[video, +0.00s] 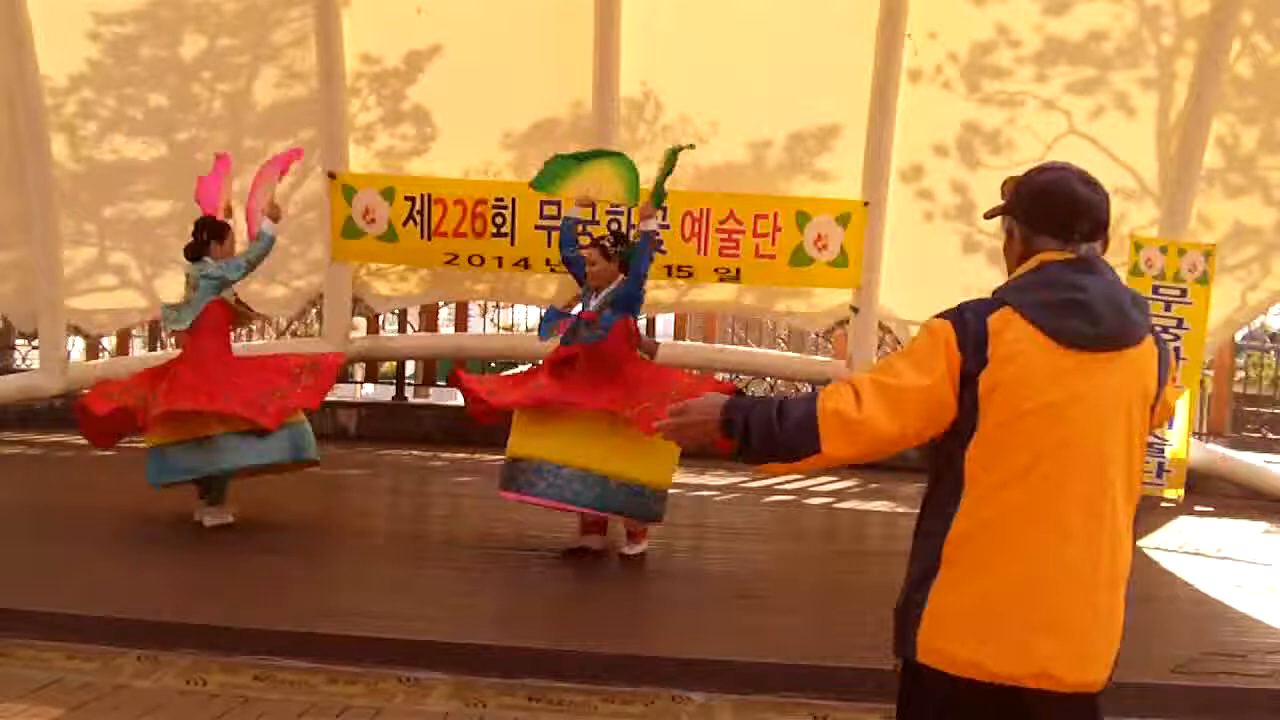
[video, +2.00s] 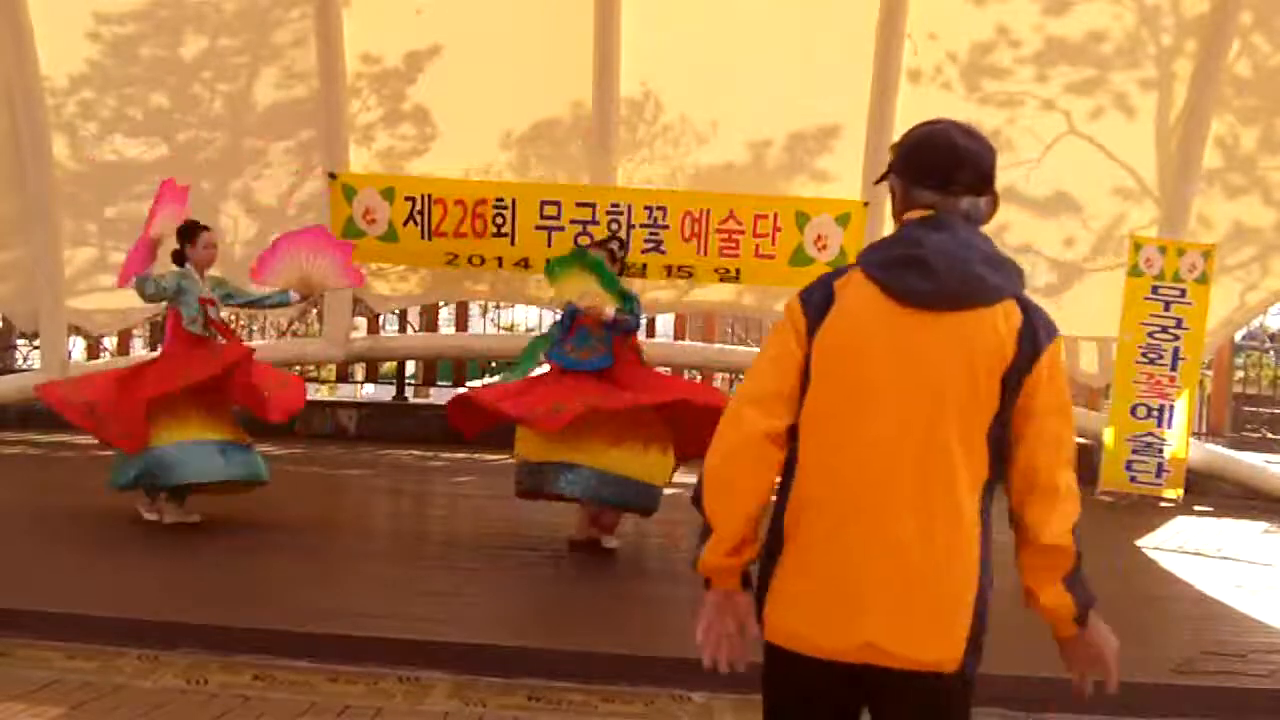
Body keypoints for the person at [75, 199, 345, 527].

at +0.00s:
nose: (233, 249)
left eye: (231, 242)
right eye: (229, 243)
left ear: (206, 245)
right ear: (216, 245)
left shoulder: (198, 274)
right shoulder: (213, 275)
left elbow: (227, 259)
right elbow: (249, 261)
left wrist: (223, 219)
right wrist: (272, 226)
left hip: (195, 361)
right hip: (211, 363)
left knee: (204, 429)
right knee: (217, 430)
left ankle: (207, 501)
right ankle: (215, 505)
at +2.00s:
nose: (214, 253)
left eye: (215, 247)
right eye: (208, 247)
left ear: (211, 250)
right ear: (188, 250)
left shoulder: (215, 286)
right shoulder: (179, 280)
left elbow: (255, 298)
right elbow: (148, 291)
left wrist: (298, 294)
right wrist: (150, 251)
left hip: (201, 365)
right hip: (177, 365)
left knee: (190, 430)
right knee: (176, 429)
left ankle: (168, 499)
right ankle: (154, 494)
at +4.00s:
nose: (205, 251)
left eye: (206, 245)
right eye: (199, 245)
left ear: (206, 248)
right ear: (180, 249)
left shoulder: (220, 283)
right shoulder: (169, 281)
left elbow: (254, 310)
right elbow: (129, 262)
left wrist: (224, 323)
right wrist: (107, 225)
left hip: (214, 365)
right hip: (178, 365)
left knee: (219, 429)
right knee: (170, 430)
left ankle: (229, 498)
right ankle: (167, 510)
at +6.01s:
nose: (163, 242)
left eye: (163, 237)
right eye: (172, 235)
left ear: (163, 242)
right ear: (191, 243)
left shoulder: (151, 280)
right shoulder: (200, 277)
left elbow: (137, 319)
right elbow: (242, 280)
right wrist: (273, 269)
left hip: (162, 364)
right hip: (197, 364)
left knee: (172, 431)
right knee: (206, 430)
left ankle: (177, 502)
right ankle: (209, 500)